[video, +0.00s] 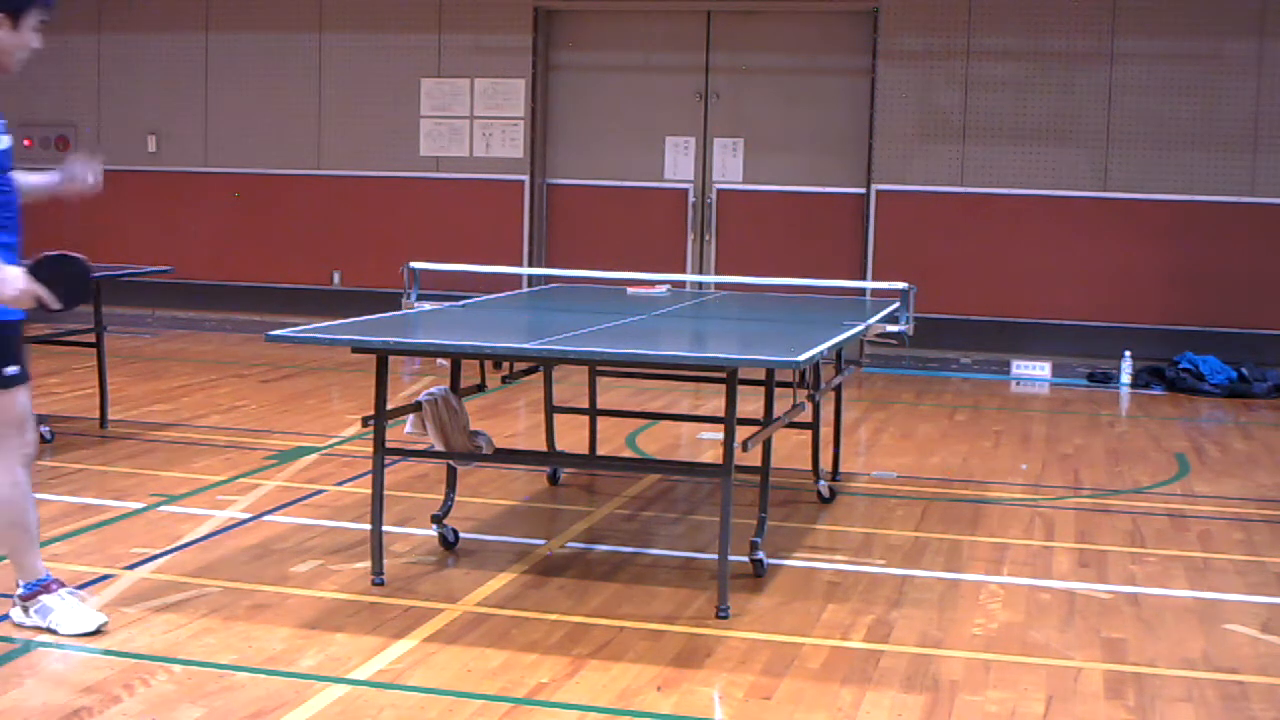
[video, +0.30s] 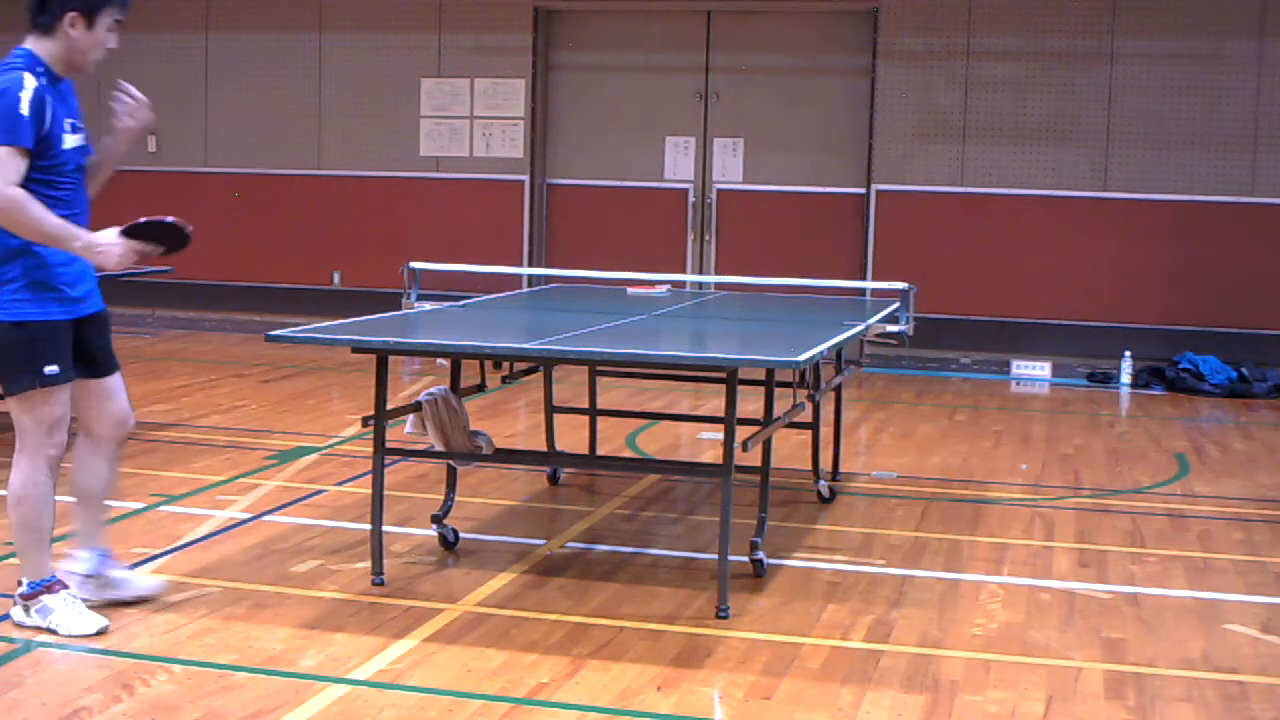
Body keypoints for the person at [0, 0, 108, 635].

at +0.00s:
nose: (38, 42)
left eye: (40, 29)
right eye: (33, 26)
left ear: (12, 30)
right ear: (4, 25)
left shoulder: (4, 111)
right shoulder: (3, 110)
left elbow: (3, 183)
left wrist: (59, 180)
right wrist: (2, 274)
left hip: (8, 305)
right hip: (1, 310)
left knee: (18, 441)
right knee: (16, 443)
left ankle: (30, 584)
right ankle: (32, 586)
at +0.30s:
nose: (115, 41)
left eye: (118, 28)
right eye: (110, 26)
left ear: (74, 25)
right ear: (72, 23)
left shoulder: (61, 88)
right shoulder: (19, 83)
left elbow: (74, 192)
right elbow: (3, 195)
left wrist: (120, 139)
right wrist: (85, 243)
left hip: (74, 293)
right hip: (27, 298)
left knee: (108, 420)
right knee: (41, 439)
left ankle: (90, 565)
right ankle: (35, 591)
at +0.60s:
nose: (188, 54)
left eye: (193, 41)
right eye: (182, 38)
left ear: (148, 34)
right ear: (140, 32)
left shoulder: (155, 105)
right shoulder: (78, 95)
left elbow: (173, 200)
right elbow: (53, 199)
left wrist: (239, 206)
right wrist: (145, 223)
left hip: (121, 294)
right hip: (52, 294)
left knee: (144, 435)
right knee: (61, 437)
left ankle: (163, 581)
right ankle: (37, 590)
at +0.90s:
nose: (262, 74)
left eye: (268, 61)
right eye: (255, 58)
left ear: (233, 56)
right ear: (214, 49)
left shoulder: (231, 121)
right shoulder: (149, 102)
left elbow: (241, 217)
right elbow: (134, 208)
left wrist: (313, 218)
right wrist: (228, 230)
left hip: (157, 295)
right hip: (90, 290)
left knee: (169, 437)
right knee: (77, 438)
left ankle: (164, 581)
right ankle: (37, 581)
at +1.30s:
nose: (303, 89)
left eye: (307, 77)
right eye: (296, 74)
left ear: (263, 71)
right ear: (252, 64)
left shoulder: (269, 140)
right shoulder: (185, 112)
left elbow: (289, 238)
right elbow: (180, 221)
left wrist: (362, 233)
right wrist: (279, 241)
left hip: (167, 300)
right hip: (97, 287)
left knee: (175, 437)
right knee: (51, 431)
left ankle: (166, 581)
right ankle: (5, 573)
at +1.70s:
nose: (286, 95)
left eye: (290, 80)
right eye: (278, 78)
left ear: (253, 79)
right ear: (234, 72)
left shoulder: (254, 144)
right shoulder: (168, 120)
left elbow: (292, 234)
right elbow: (178, 231)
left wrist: (375, 264)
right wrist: (279, 240)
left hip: (147, 301)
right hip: (78, 291)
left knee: (167, 440)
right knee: (26, 436)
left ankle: (164, 582)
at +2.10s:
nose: (206, 57)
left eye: (203, 44)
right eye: (192, 44)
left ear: (165, 58)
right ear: (148, 57)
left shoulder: (192, 116)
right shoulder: (95, 122)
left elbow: (281, 145)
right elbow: (89, 229)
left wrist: (366, 156)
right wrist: (190, 229)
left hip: (116, 311)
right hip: (39, 311)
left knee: (166, 436)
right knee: (12, 452)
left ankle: (165, 582)